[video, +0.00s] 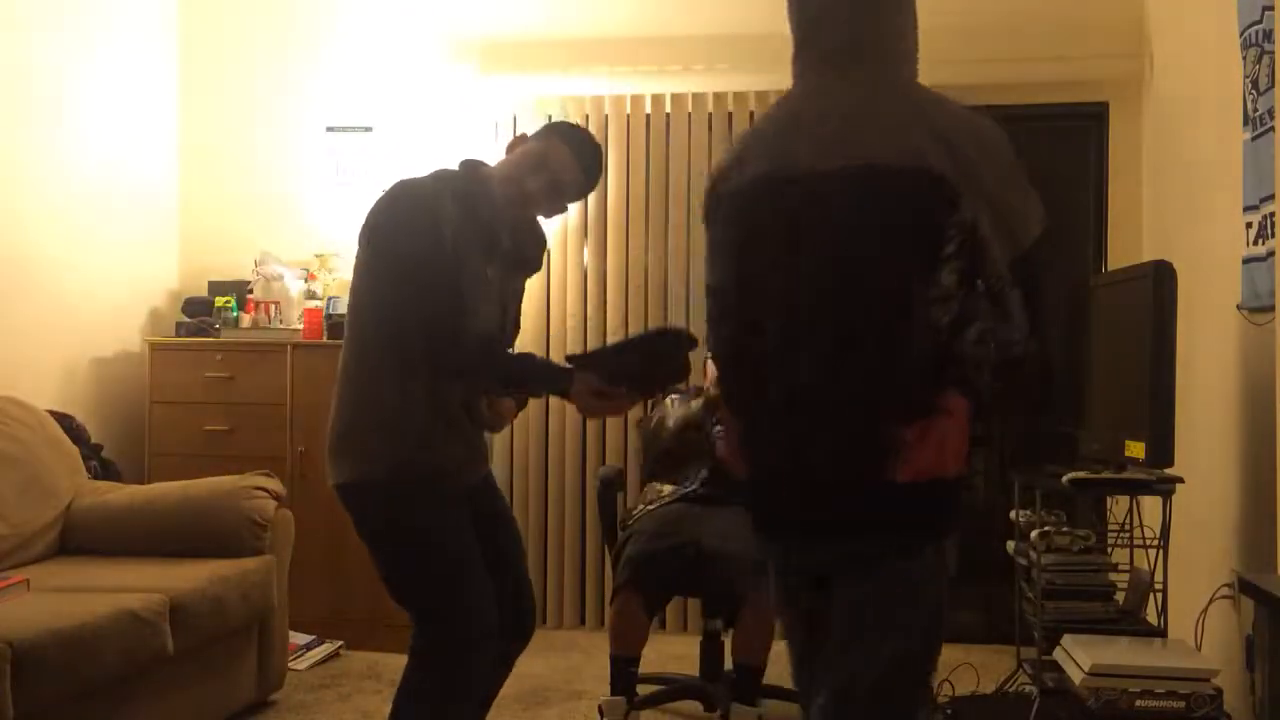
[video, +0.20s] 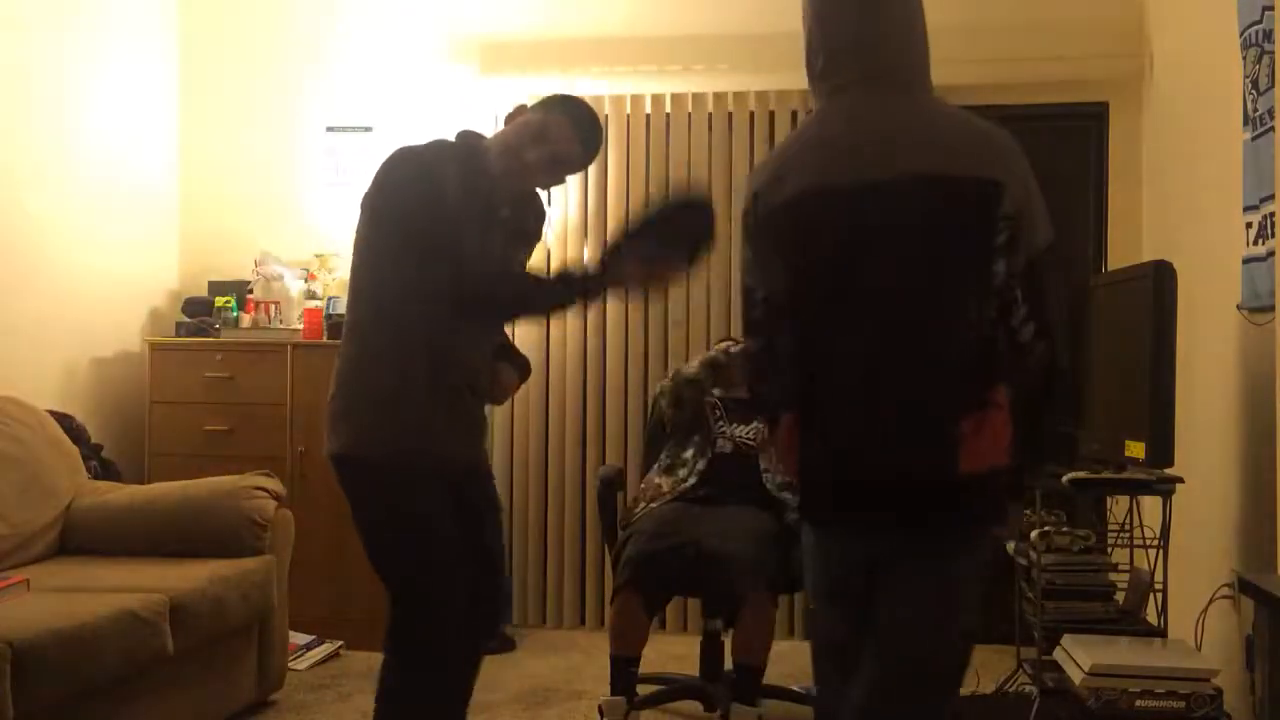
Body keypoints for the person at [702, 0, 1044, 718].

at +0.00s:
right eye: (903, 22)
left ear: (800, 36)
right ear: (902, 31)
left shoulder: (745, 158)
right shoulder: (957, 140)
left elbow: (727, 322)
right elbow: (1010, 298)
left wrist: (744, 419)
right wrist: (960, 400)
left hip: (785, 458)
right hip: (909, 462)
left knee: (818, 670)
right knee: (886, 677)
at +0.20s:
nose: (806, 56)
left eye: (810, 39)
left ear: (819, 44)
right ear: (916, 38)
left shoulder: (780, 176)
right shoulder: (990, 154)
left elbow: (765, 330)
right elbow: (1037, 317)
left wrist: (782, 417)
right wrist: (1011, 401)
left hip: (835, 461)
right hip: (956, 458)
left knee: (840, 667)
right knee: (924, 672)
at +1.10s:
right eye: (987, 87)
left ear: (916, 97)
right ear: (992, 93)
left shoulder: (865, 216)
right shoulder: (1034, 209)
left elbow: (846, 345)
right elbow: (1074, 357)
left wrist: (857, 430)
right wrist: (1093, 484)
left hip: (903, 476)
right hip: (1004, 474)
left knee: (920, 657)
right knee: (1001, 660)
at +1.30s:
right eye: (993, 92)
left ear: (924, 98)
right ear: (998, 100)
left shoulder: (871, 210)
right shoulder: (1038, 214)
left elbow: (846, 332)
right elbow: (1069, 346)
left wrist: (857, 401)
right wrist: (1057, 434)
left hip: (903, 459)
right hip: (1004, 462)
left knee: (901, 645)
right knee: (995, 649)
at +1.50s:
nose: (921, 113)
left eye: (921, 101)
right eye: (982, 103)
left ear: (919, 107)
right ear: (991, 112)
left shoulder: (870, 212)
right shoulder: (1028, 219)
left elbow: (847, 332)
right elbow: (1053, 344)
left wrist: (859, 399)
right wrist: (1043, 427)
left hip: (901, 461)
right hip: (997, 463)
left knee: (878, 631)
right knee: (990, 643)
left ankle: (895, 716)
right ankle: (982, 717)